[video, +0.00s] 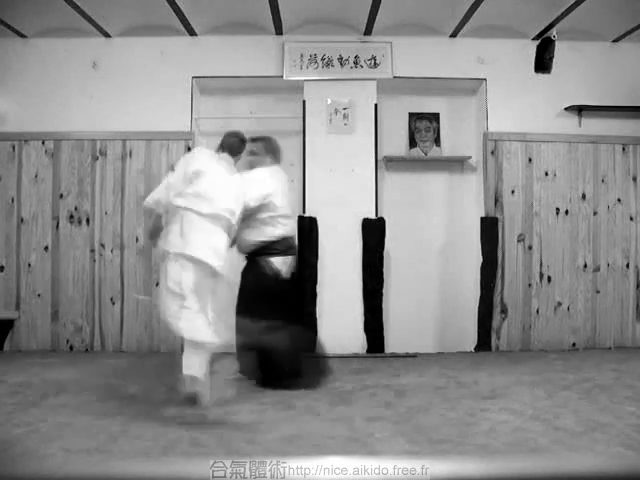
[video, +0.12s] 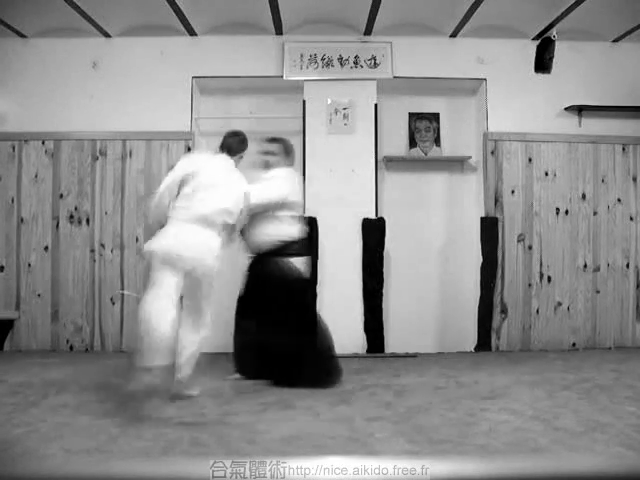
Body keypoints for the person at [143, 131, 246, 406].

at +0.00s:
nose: (230, 154)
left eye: (224, 144)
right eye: (239, 155)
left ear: (219, 145)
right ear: (239, 155)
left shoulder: (197, 156)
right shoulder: (238, 181)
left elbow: (166, 191)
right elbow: (233, 222)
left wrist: (153, 223)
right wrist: (225, 241)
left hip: (182, 235)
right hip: (212, 243)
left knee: (174, 300)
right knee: (200, 304)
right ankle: (194, 374)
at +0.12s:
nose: (240, 158)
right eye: (242, 154)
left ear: (220, 145)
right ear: (241, 154)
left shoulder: (192, 161)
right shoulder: (240, 184)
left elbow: (162, 195)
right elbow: (234, 226)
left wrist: (155, 229)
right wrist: (221, 242)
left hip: (174, 235)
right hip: (205, 244)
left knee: (160, 298)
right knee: (196, 311)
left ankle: (152, 367)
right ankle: (183, 378)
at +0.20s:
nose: (239, 161)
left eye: (237, 155)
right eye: (239, 156)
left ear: (213, 153)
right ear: (236, 157)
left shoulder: (186, 175)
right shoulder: (239, 189)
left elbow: (162, 209)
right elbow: (249, 227)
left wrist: (160, 236)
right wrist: (261, 204)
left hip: (169, 251)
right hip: (201, 258)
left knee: (144, 312)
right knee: (194, 325)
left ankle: (109, 354)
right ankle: (177, 386)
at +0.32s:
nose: (223, 137)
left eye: (220, 131)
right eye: (217, 133)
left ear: (194, 141)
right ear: (209, 138)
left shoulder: (178, 174)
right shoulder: (219, 172)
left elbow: (164, 210)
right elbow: (254, 188)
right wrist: (279, 178)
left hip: (166, 248)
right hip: (194, 252)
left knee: (145, 306)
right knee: (196, 321)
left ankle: (100, 347)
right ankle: (184, 385)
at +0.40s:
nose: (218, 128)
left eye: (216, 122)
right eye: (214, 123)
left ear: (191, 132)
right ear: (202, 130)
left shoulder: (174, 160)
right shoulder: (211, 161)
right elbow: (252, 175)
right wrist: (289, 186)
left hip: (167, 240)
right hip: (190, 244)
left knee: (152, 292)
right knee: (198, 310)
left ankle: (110, 337)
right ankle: (185, 376)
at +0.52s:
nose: (236, 143)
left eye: (234, 138)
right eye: (232, 138)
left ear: (210, 139)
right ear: (222, 141)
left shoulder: (189, 162)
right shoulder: (220, 172)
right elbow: (248, 201)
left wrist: (255, 182)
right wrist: (272, 213)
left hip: (172, 237)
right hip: (189, 243)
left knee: (169, 293)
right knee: (203, 306)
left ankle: (129, 332)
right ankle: (199, 369)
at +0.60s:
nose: (252, 168)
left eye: (251, 162)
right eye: (247, 163)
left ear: (229, 162)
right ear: (237, 165)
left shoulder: (213, 178)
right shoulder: (230, 196)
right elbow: (257, 232)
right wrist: (279, 226)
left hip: (186, 250)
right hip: (194, 257)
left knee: (183, 298)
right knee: (210, 312)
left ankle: (144, 323)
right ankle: (211, 375)